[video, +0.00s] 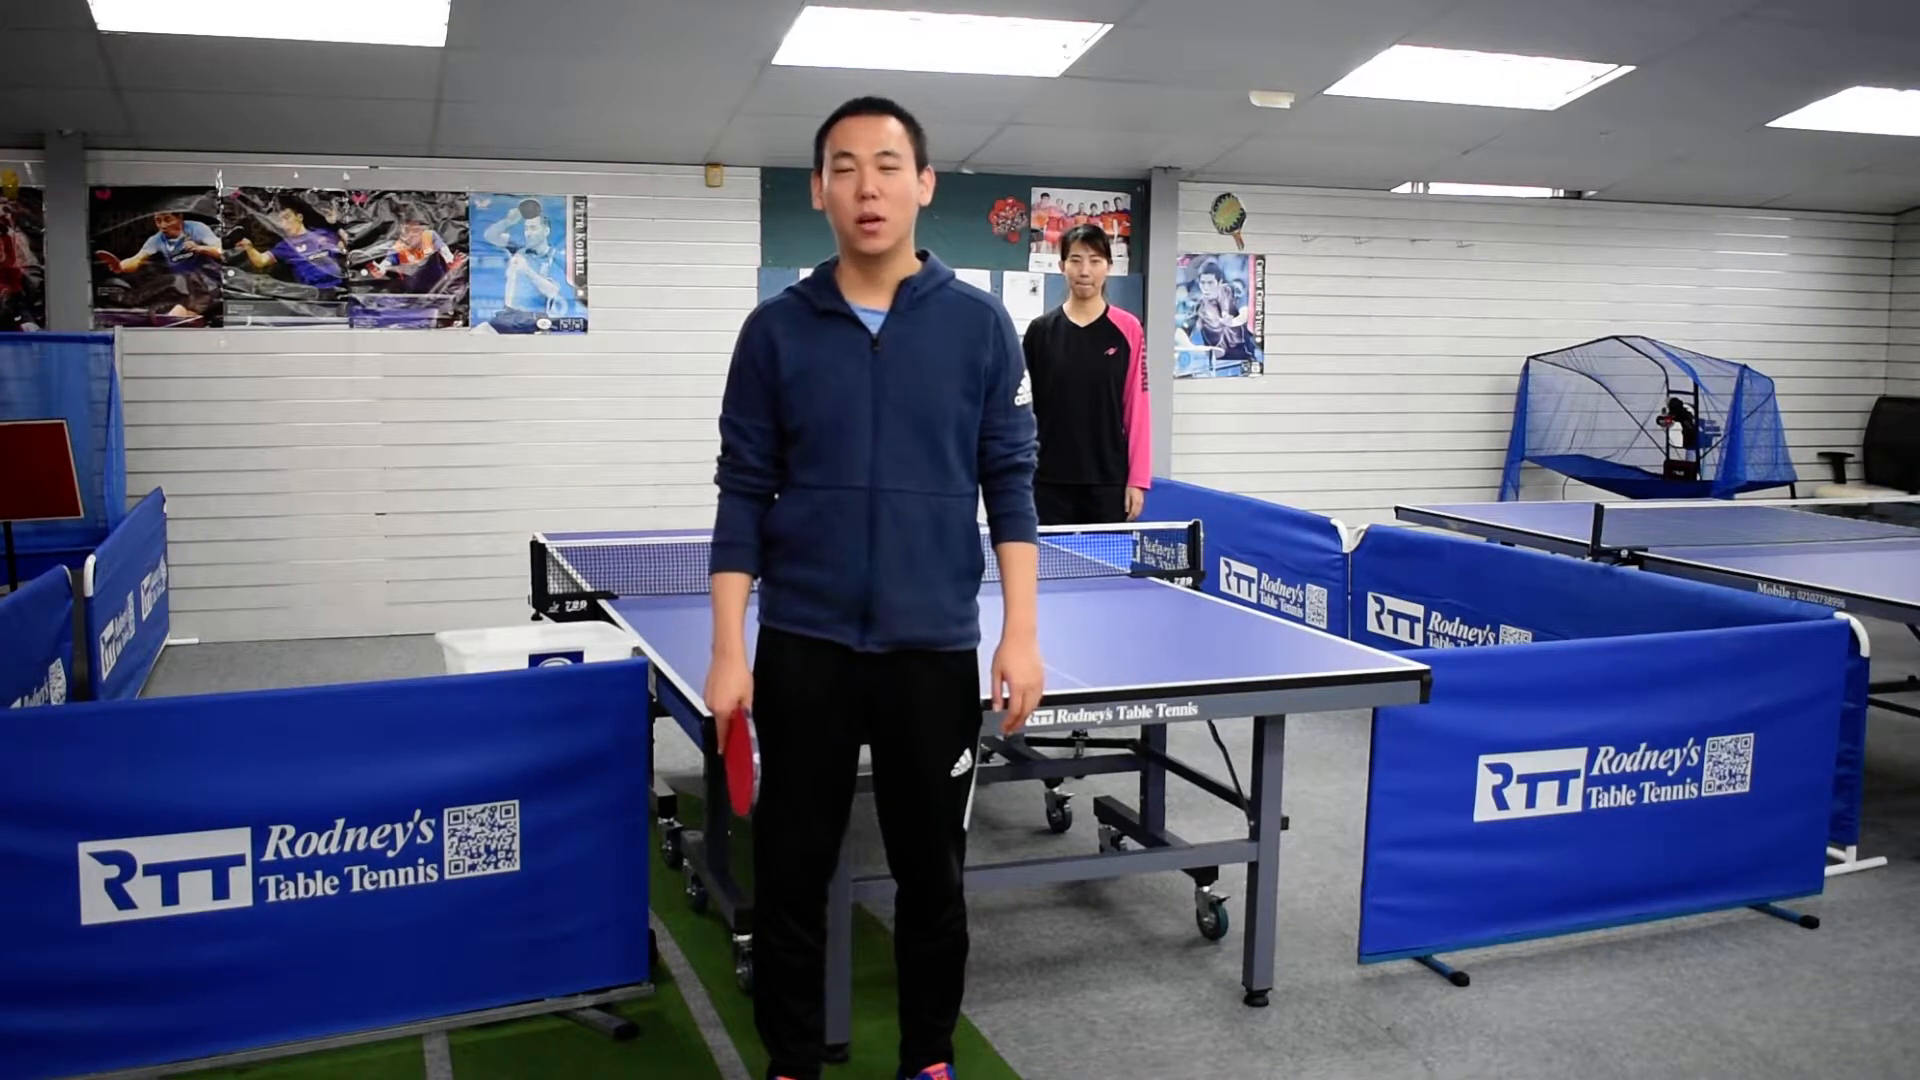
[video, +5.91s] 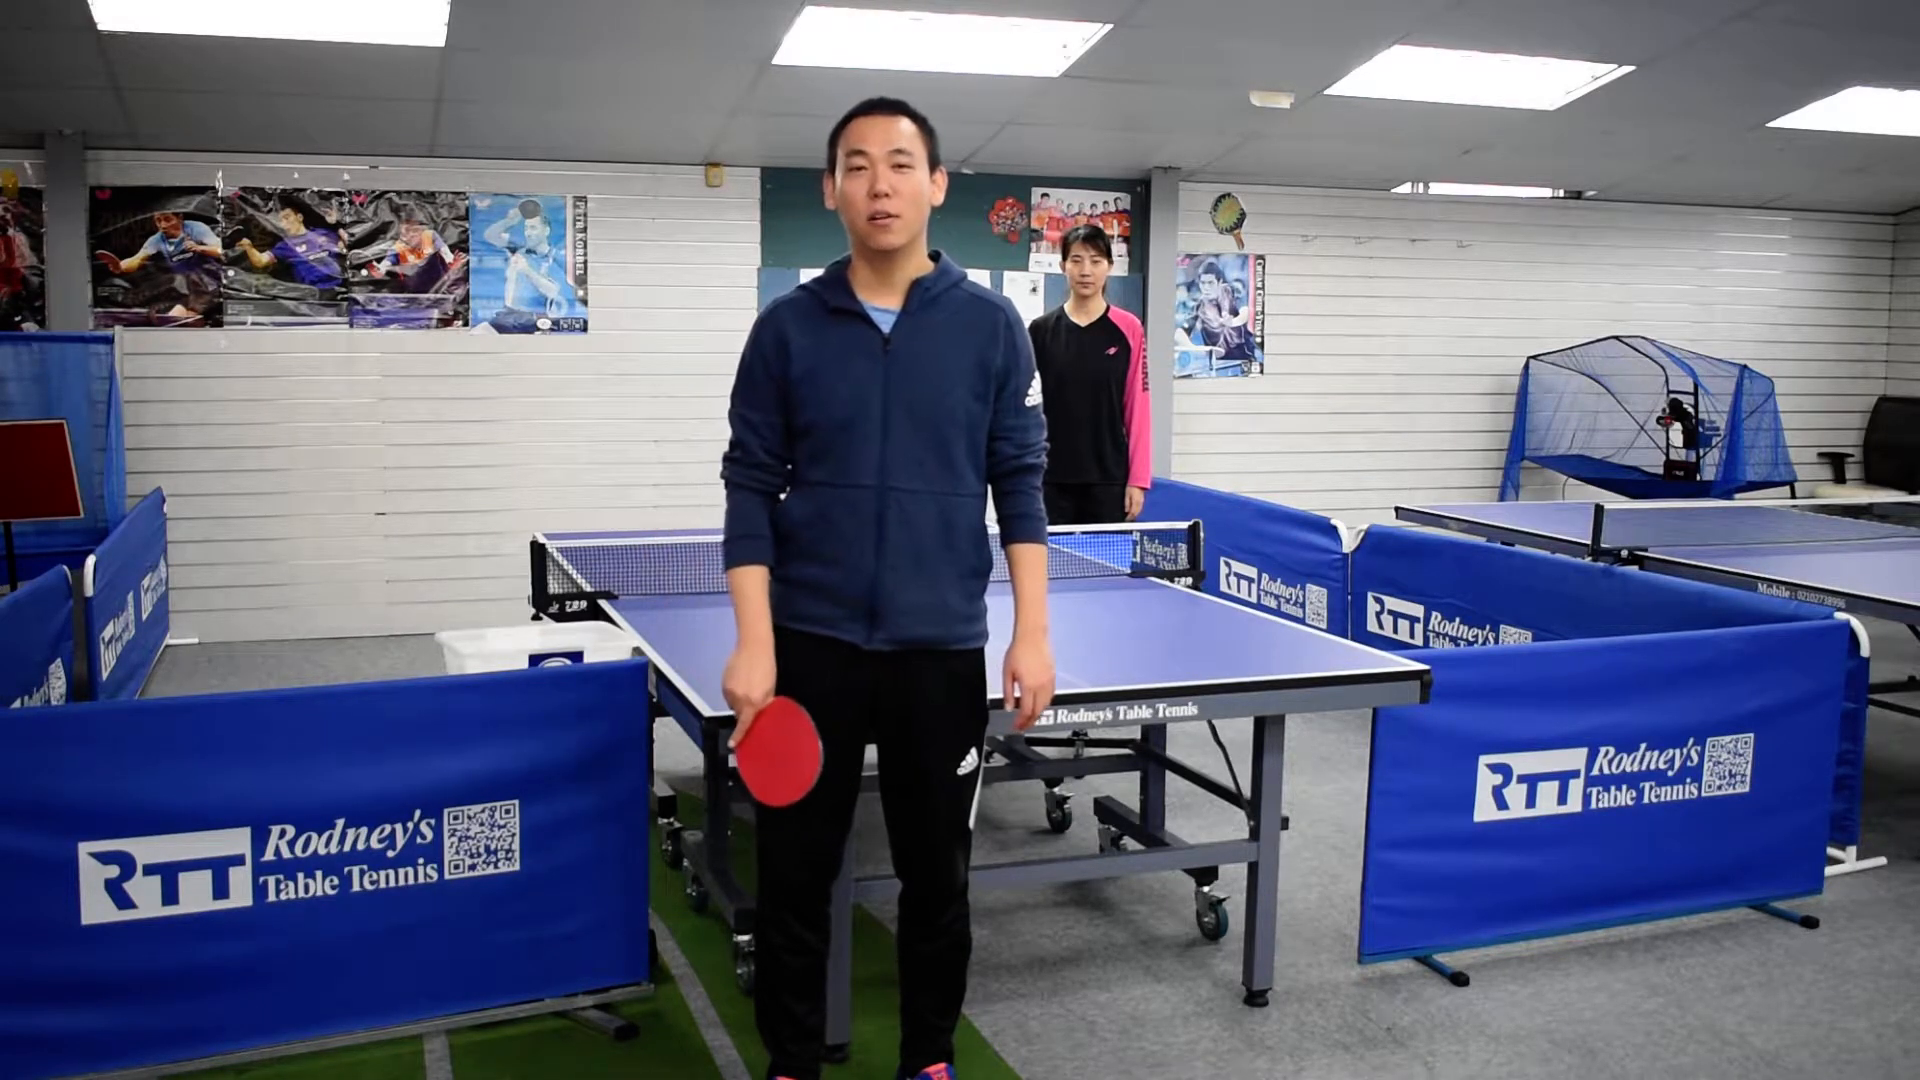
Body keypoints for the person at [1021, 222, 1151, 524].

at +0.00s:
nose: (1085, 271)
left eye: (1095, 262)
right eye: (1075, 261)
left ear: (1108, 268)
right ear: (1063, 266)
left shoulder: (1128, 329)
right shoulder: (1039, 331)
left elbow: (1137, 407)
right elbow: (1022, 405)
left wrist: (1138, 479)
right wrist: (1020, 478)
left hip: (1107, 483)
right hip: (1049, 482)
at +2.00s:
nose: (1085, 271)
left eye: (1095, 262)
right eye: (1076, 261)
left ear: (1108, 267)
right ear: (1063, 266)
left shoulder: (1128, 329)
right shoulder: (1039, 331)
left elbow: (1137, 407)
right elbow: (1023, 405)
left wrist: (1138, 478)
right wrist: (1020, 477)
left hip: (1107, 482)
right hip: (1050, 480)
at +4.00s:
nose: (1085, 271)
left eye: (1095, 262)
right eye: (1075, 261)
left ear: (1108, 267)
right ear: (1063, 266)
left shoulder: (1128, 329)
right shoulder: (1040, 331)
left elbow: (1136, 407)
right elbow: (1023, 405)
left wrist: (1138, 479)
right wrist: (1021, 476)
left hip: (1107, 482)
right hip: (1049, 480)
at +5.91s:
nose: (1086, 271)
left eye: (1096, 262)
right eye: (1076, 261)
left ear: (1109, 268)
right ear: (1064, 267)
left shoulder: (1129, 330)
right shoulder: (1039, 332)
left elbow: (1137, 407)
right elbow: (1025, 407)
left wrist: (1138, 479)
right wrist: (1027, 478)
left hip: (1109, 481)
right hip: (1053, 481)